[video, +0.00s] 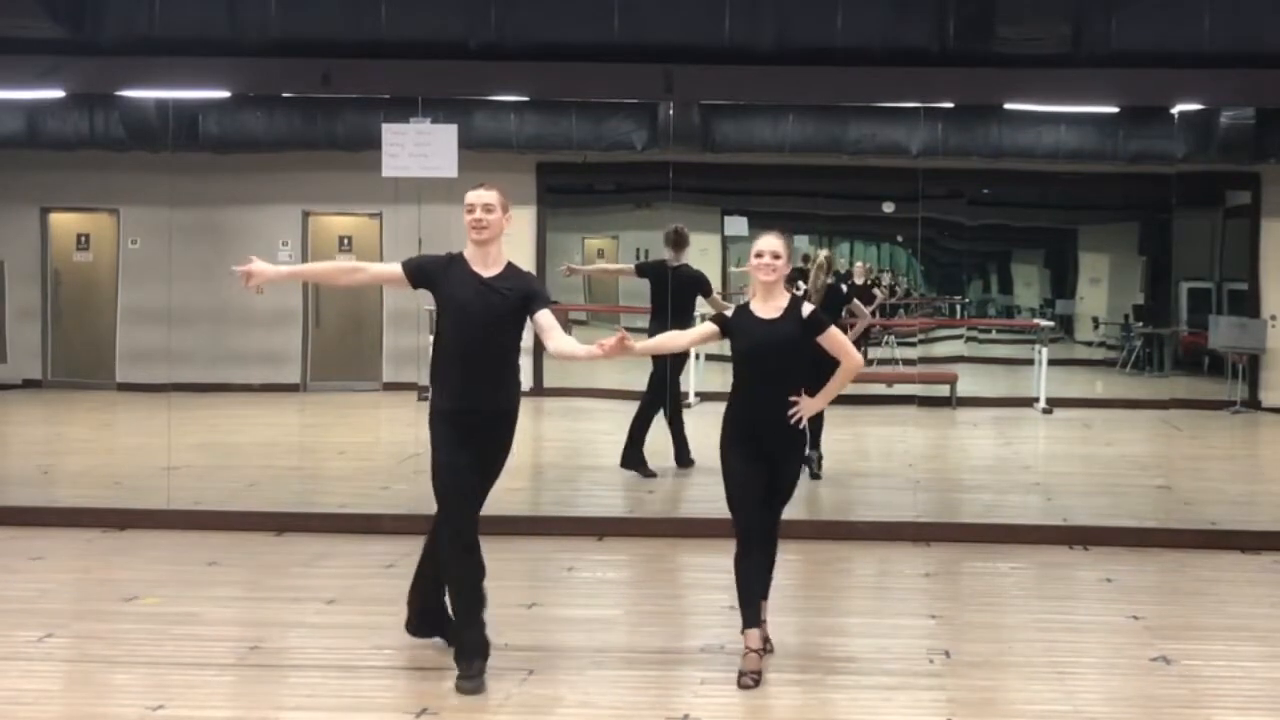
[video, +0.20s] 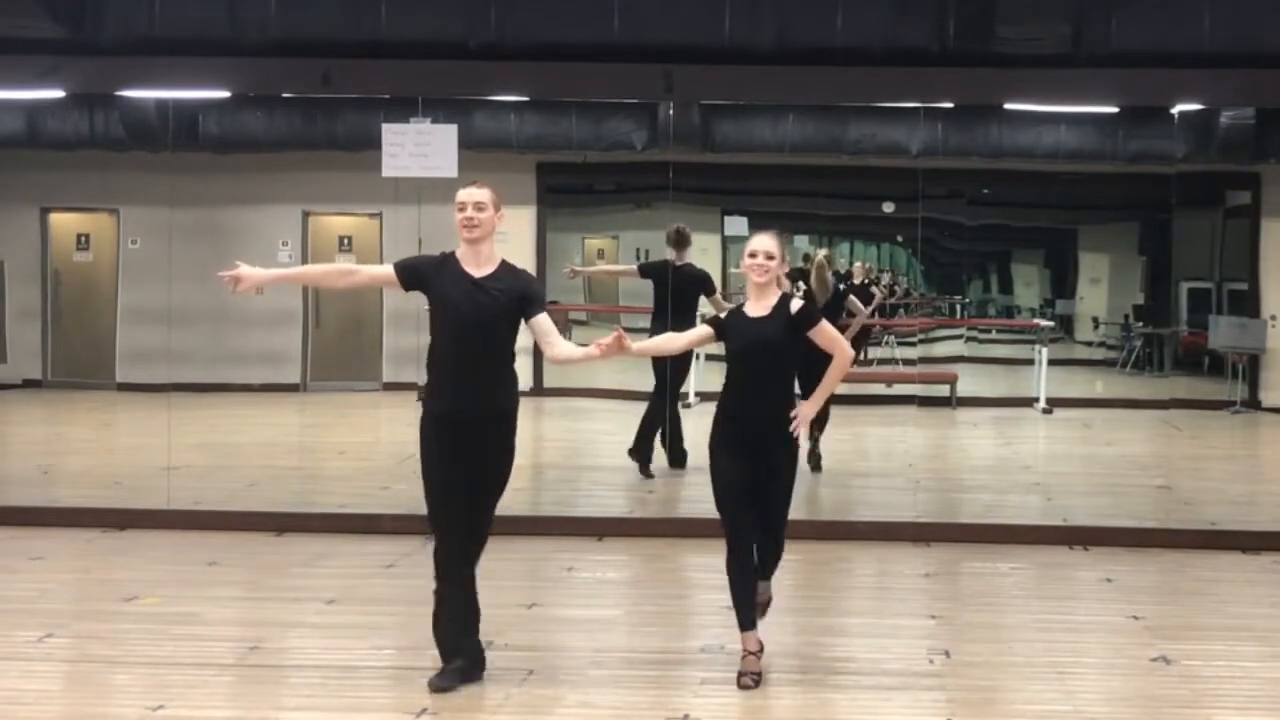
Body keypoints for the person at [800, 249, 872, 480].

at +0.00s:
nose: (817, 268)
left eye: (818, 263)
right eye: (821, 263)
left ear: (815, 266)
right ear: (831, 267)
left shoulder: (801, 289)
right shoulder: (838, 290)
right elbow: (865, 317)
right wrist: (848, 339)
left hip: (805, 349)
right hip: (827, 350)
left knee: (809, 400)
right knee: (817, 401)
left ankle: (811, 450)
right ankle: (813, 450)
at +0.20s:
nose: (821, 266)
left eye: (818, 262)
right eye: (824, 263)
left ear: (812, 266)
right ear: (830, 267)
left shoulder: (802, 290)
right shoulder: (838, 291)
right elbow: (862, 313)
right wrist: (846, 338)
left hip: (803, 350)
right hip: (826, 350)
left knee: (809, 397)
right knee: (824, 399)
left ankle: (813, 439)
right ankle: (815, 437)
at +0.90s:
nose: (820, 271)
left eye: (818, 266)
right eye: (824, 266)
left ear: (811, 270)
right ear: (830, 270)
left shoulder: (802, 293)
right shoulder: (834, 293)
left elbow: (781, 301)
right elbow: (847, 319)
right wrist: (847, 337)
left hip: (807, 344)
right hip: (830, 344)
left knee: (809, 397)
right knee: (828, 388)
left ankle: (814, 449)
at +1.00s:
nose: (821, 270)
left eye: (818, 265)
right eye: (825, 266)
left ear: (812, 269)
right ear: (830, 269)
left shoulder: (802, 292)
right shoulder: (835, 292)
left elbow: (790, 313)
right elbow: (848, 316)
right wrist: (848, 335)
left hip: (807, 343)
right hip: (830, 342)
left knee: (810, 396)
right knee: (829, 384)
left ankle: (815, 449)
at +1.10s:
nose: (820, 270)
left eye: (818, 265)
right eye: (824, 266)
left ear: (812, 269)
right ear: (830, 269)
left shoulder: (803, 292)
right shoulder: (835, 291)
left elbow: (793, 316)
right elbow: (849, 316)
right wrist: (849, 334)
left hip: (807, 344)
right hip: (830, 343)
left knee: (811, 397)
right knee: (829, 384)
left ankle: (816, 448)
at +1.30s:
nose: (822, 268)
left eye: (822, 263)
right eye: (824, 263)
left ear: (814, 265)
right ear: (832, 267)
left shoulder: (802, 286)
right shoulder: (839, 290)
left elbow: (788, 310)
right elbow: (858, 316)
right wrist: (851, 338)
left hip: (804, 344)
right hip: (829, 345)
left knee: (806, 396)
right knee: (820, 396)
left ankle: (818, 445)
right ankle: (818, 445)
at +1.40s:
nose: (825, 268)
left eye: (825, 264)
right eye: (825, 264)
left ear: (816, 267)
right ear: (833, 268)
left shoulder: (804, 291)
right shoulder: (841, 292)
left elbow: (793, 316)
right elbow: (861, 319)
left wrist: (800, 336)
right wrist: (851, 338)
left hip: (808, 349)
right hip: (833, 349)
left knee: (811, 399)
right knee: (834, 394)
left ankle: (817, 449)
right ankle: (837, 432)